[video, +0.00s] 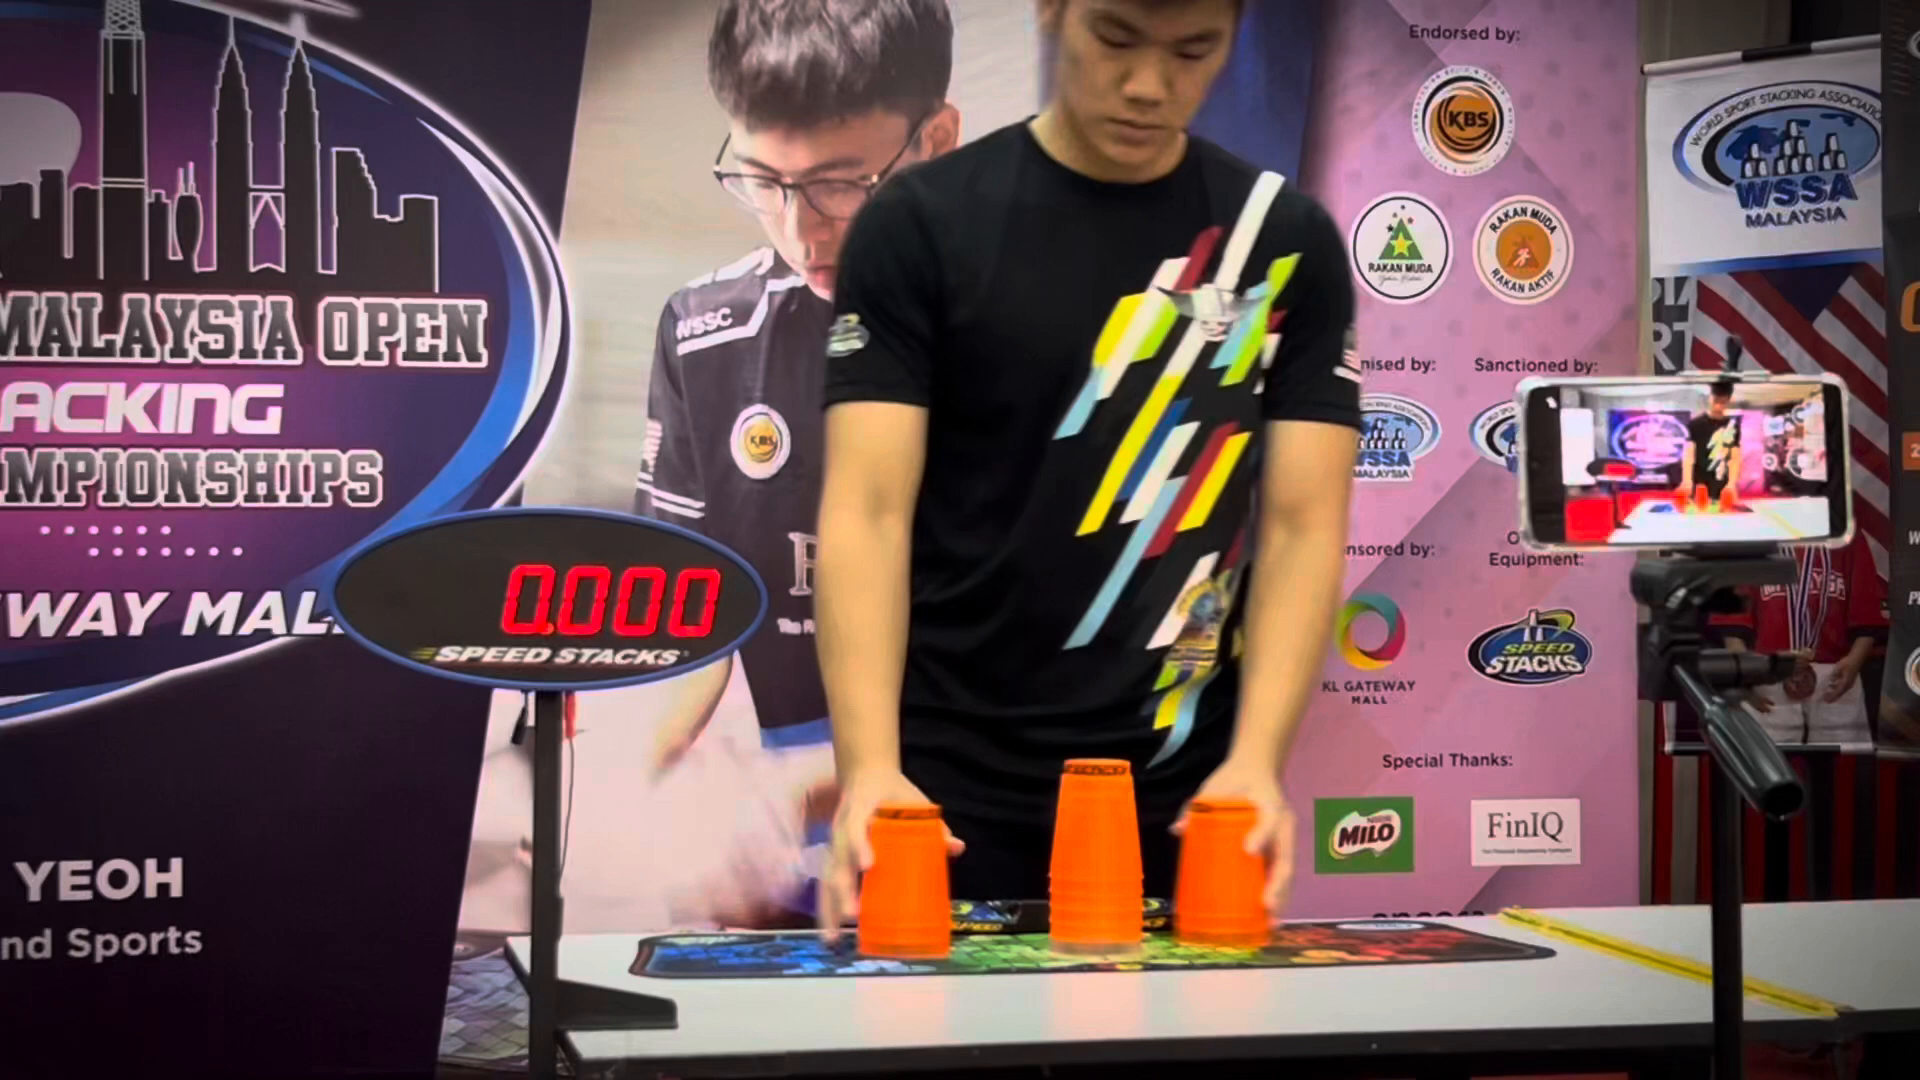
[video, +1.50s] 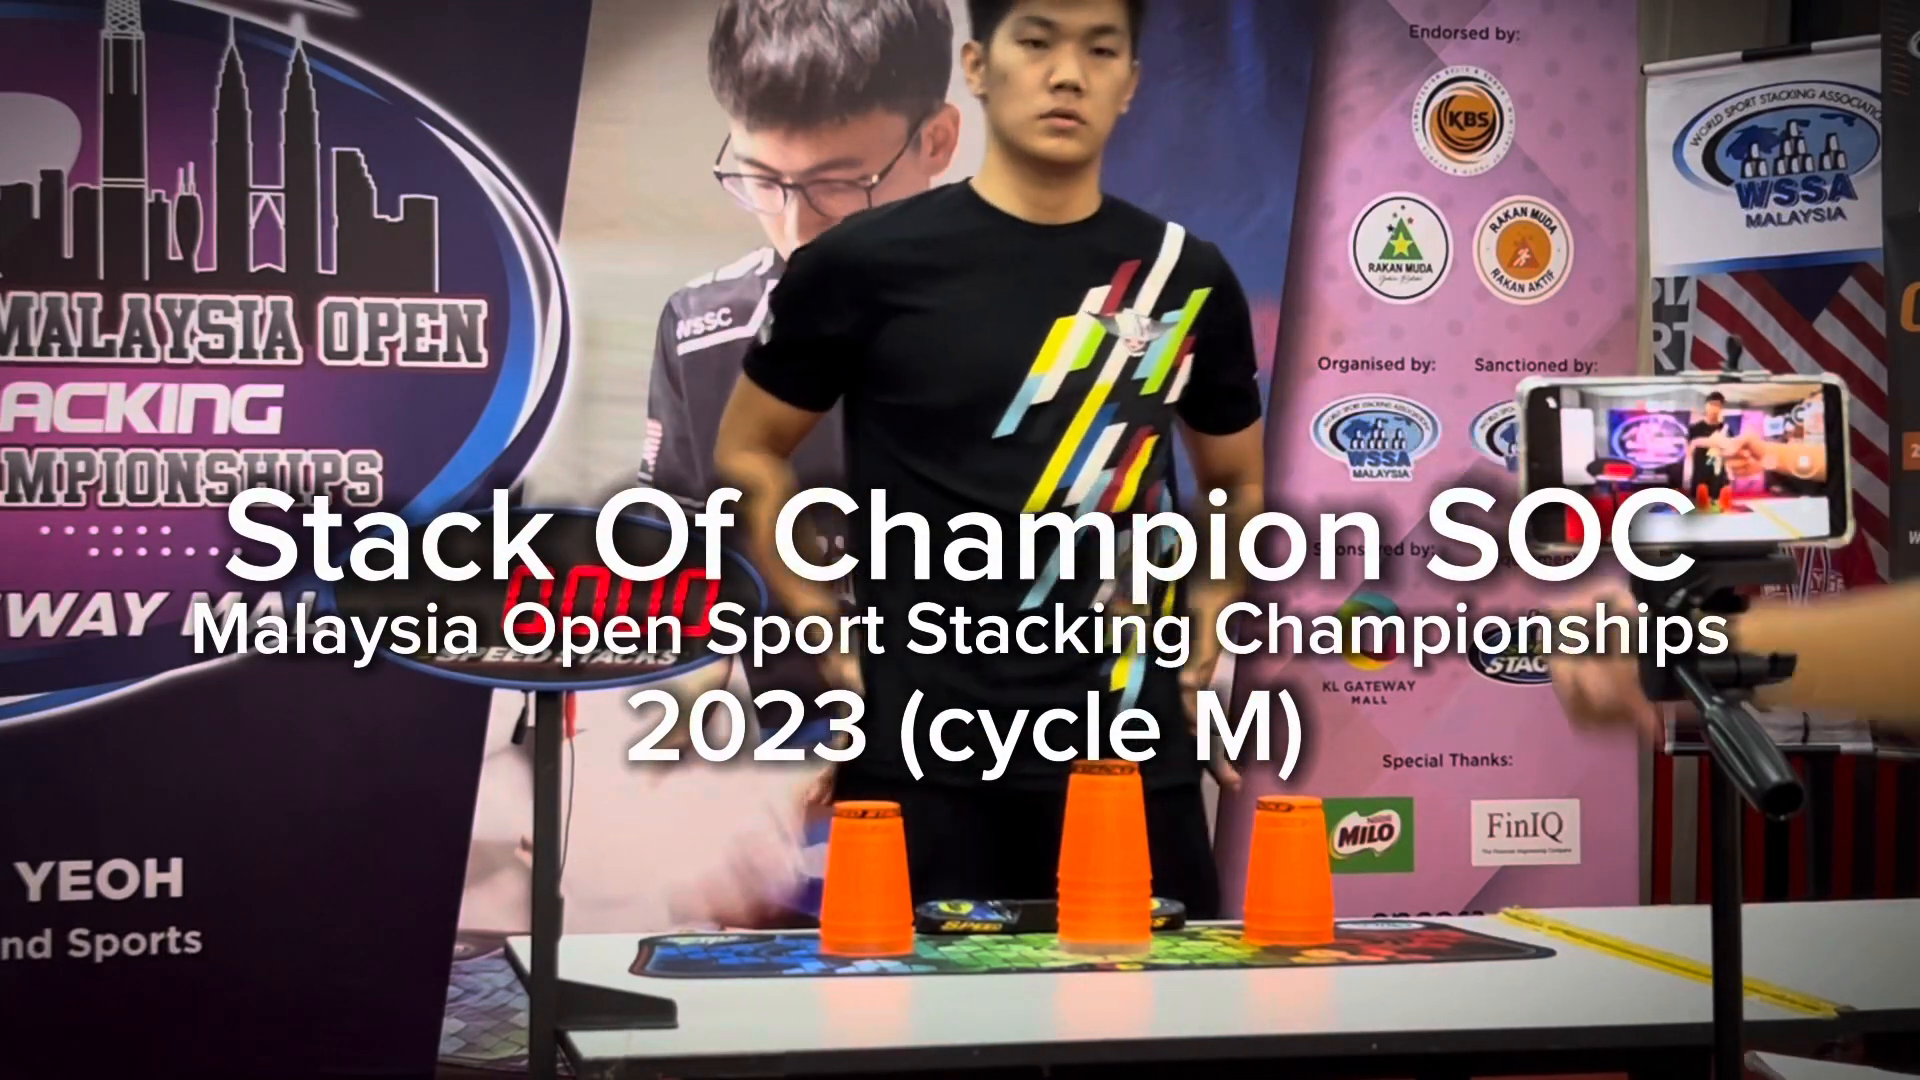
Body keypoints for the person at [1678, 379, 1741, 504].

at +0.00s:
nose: (1718, 406)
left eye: (1723, 402)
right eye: (1715, 401)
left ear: (1729, 402)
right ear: (1709, 399)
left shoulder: (1732, 425)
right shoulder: (1695, 424)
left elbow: (1735, 456)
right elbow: (1689, 456)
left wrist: (1732, 484)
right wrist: (1686, 483)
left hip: (1722, 486)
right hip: (1700, 485)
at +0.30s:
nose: (1706, 405)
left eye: (1710, 400)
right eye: (1704, 400)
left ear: (1715, 400)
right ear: (1698, 400)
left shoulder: (1722, 425)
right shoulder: (1688, 424)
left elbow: (1725, 455)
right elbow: (1682, 455)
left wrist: (1718, 483)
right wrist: (1682, 483)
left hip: (1713, 487)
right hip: (1691, 486)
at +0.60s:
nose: (1695, 405)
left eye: (1699, 400)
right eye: (1692, 400)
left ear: (1704, 400)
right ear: (1685, 400)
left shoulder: (1711, 424)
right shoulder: (1676, 425)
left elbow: (1716, 453)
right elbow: (1672, 457)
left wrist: (1714, 479)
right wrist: (1681, 481)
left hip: (1706, 484)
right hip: (1685, 485)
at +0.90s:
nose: (1696, 405)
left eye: (1700, 401)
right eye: (1693, 400)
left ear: (1706, 401)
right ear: (1688, 401)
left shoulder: (1712, 425)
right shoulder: (1679, 425)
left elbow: (1719, 454)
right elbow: (1671, 456)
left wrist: (1721, 482)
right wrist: (1671, 486)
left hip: (1706, 476)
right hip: (1685, 476)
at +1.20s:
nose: (1711, 410)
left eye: (1715, 406)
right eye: (1708, 405)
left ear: (1719, 407)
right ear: (1702, 405)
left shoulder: (1722, 430)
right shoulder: (1689, 429)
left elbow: (1726, 457)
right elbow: (1684, 458)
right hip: (1694, 485)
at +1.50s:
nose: (1714, 410)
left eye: (1717, 406)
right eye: (1711, 405)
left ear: (1721, 409)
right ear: (1705, 407)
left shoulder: (1726, 429)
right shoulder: (1694, 429)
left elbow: (1728, 456)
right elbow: (1689, 458)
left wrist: (1731, 479)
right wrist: (1686, 484)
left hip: (1720, 482)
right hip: (1699, 481)